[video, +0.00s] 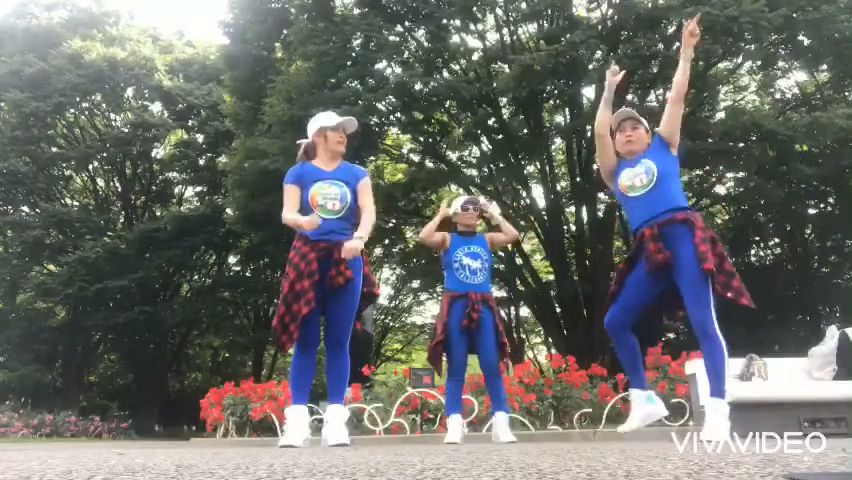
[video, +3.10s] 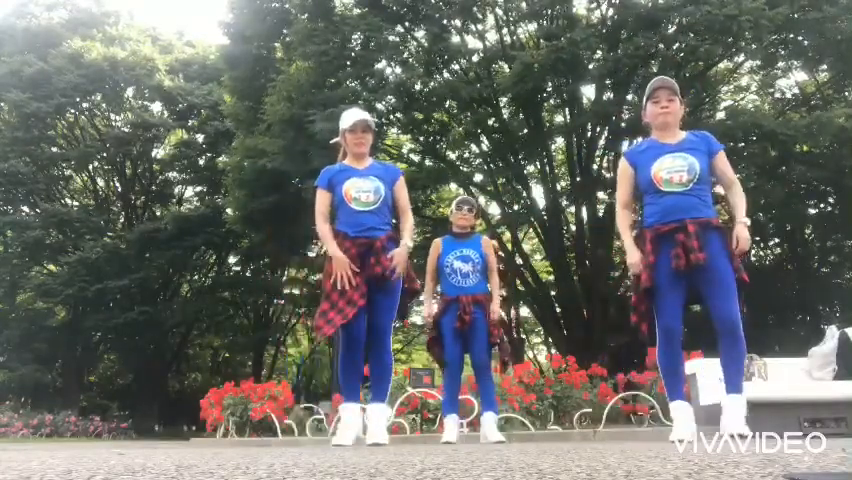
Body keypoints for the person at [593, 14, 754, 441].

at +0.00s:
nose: (628, 133)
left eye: (634, 127)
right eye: (621, 130)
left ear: (646, 132)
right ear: (614, 141)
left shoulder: (663, 145)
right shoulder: (614, 170)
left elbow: (676, 96)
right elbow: (601, 130)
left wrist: (687, 49)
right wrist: (609, 90)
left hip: (681, 233)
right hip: (649, 248)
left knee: (702, 319)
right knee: (616, 321)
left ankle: (717, 407)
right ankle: (644, 400)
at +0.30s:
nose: (617, 154)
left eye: (623, 149)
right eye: (611, 151)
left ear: (636, 155)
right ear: (607, 160)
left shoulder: (650, 170)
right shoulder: (605, 190)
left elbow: (662, 132)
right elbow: (600, 165)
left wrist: (682, 99)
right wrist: (608, 131)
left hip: (662, 253)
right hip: (631, 267)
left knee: (674, 324)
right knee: (624, 345)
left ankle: (704, 402)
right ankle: (652, 419)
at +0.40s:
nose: (614, 169)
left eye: (619, 163)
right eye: (609, 167)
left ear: (633, 164)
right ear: (605, 174)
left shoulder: (649, 181)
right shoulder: (608, 201)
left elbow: (661, 156)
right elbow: (598, 205)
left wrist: (681, 135)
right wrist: (600, 175)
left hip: (659, 264)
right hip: (629, 272)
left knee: (655, 338)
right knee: (613, 345)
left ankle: (684, 410)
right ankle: (651, 417)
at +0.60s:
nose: (608, 171)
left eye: (613, 165)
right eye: (601, 168)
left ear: (625, 167)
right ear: (595, 176)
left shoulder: (635, 182)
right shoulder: (599, 206)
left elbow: (649, 182)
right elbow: (593, 229)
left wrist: (674, 181)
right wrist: (600, 229)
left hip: (660, 263)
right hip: (633, 276)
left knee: (668, 335)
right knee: (605, 333)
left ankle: (687, 409)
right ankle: (631, 402)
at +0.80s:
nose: (605, 181)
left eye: (611, 175)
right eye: (599, 176)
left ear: (622, 178)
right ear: (593, 182)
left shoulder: (630, 199)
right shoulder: (592, 215)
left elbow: (646, 223)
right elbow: (585, 248)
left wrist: (667, 241)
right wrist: (589, 270)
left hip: (641, 269)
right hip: (615, 280)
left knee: (655, 334)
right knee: (619, 351)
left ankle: (689, 408)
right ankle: (635, 420)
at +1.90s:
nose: (637, 128)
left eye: (642, 121)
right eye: (629, 121)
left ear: (650, 124)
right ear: (614, 125)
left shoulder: (663, 157)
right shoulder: (599, 161)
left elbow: (680, 201)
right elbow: (582, 210)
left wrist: (686, 229)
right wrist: (595, 248)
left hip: (666, 245)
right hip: (626, 249)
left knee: (704, 316)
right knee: (633, 328)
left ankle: (692, 398)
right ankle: (641, 409)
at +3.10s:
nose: (663, 105)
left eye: (669, 100)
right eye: (655, 101)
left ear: (682, 108)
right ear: (645, 112)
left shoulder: (703, 141)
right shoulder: (633, 153)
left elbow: (732, 184)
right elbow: (623, 205)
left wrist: (741, 220)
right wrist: (629, 246)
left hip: (707, 235)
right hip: (661, 241)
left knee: (729, 319)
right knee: (669, 327)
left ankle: (734, 407)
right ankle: (680, 414)